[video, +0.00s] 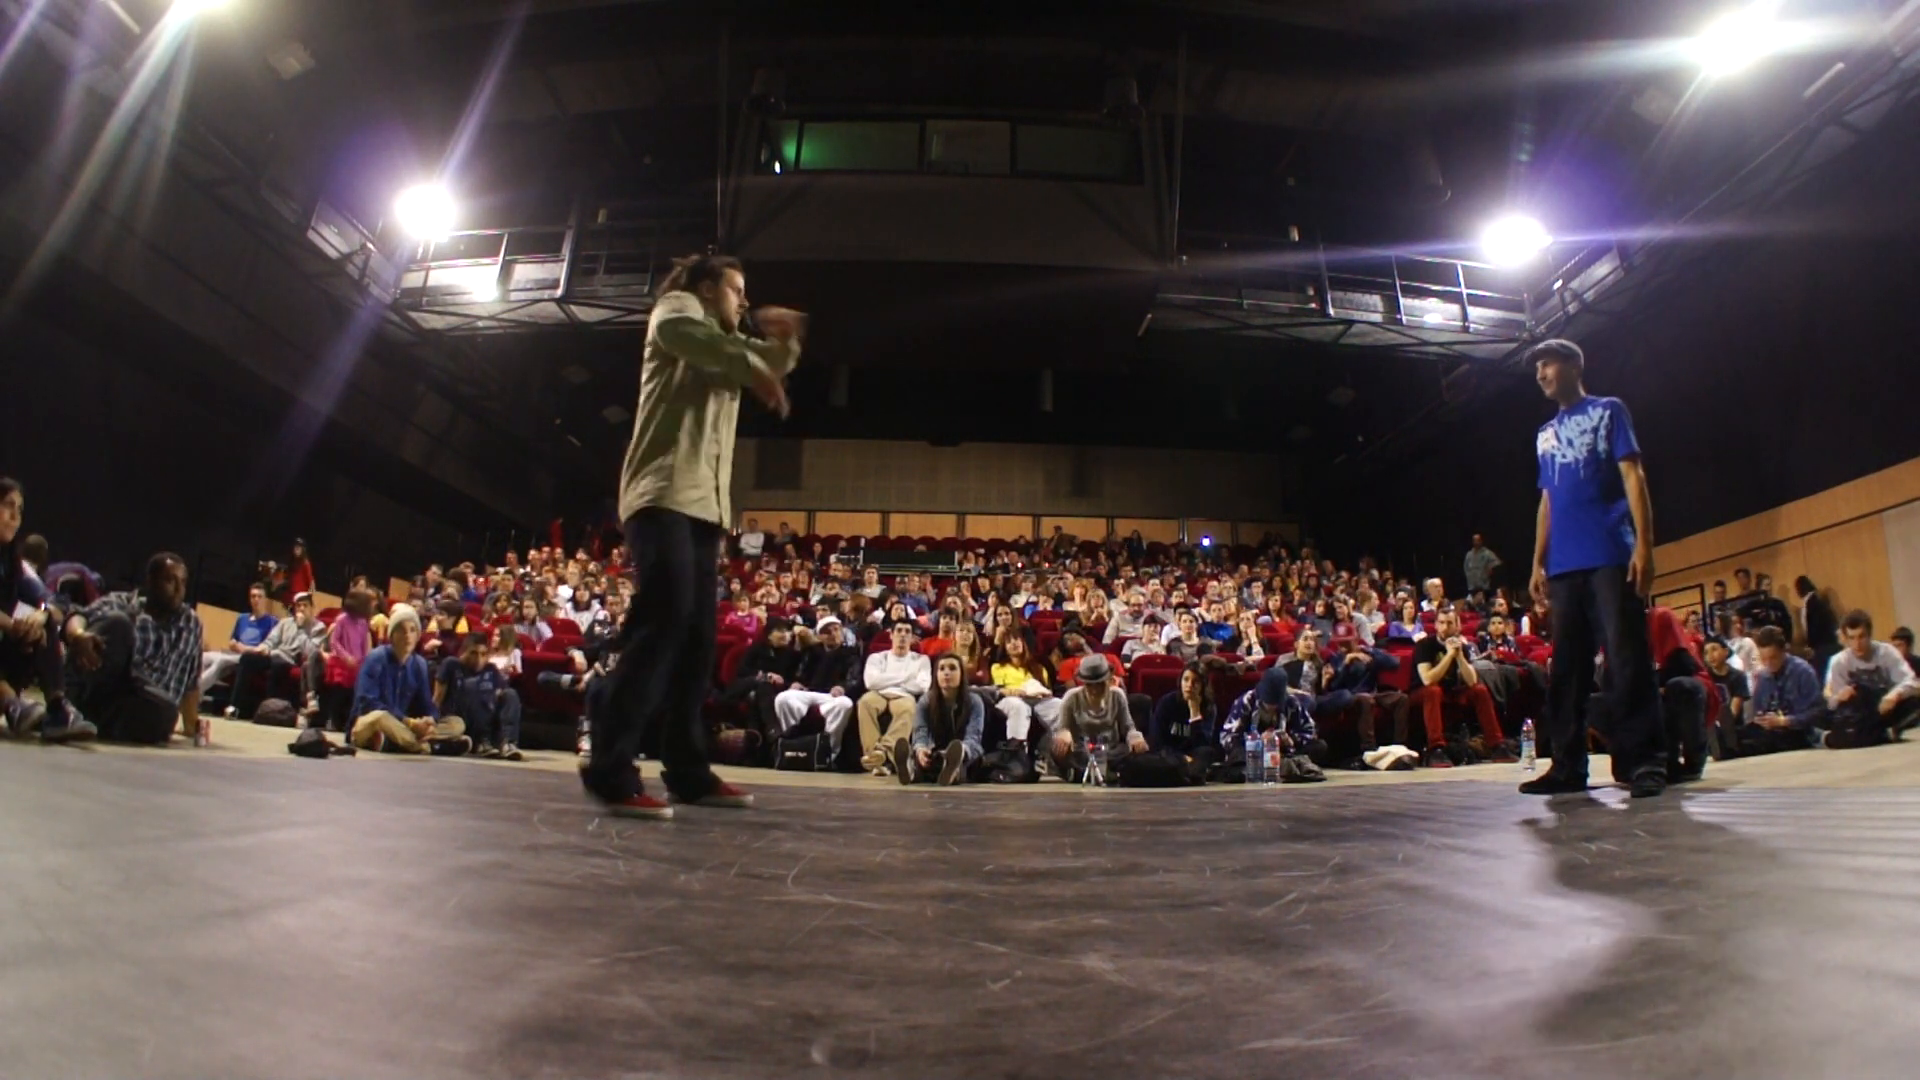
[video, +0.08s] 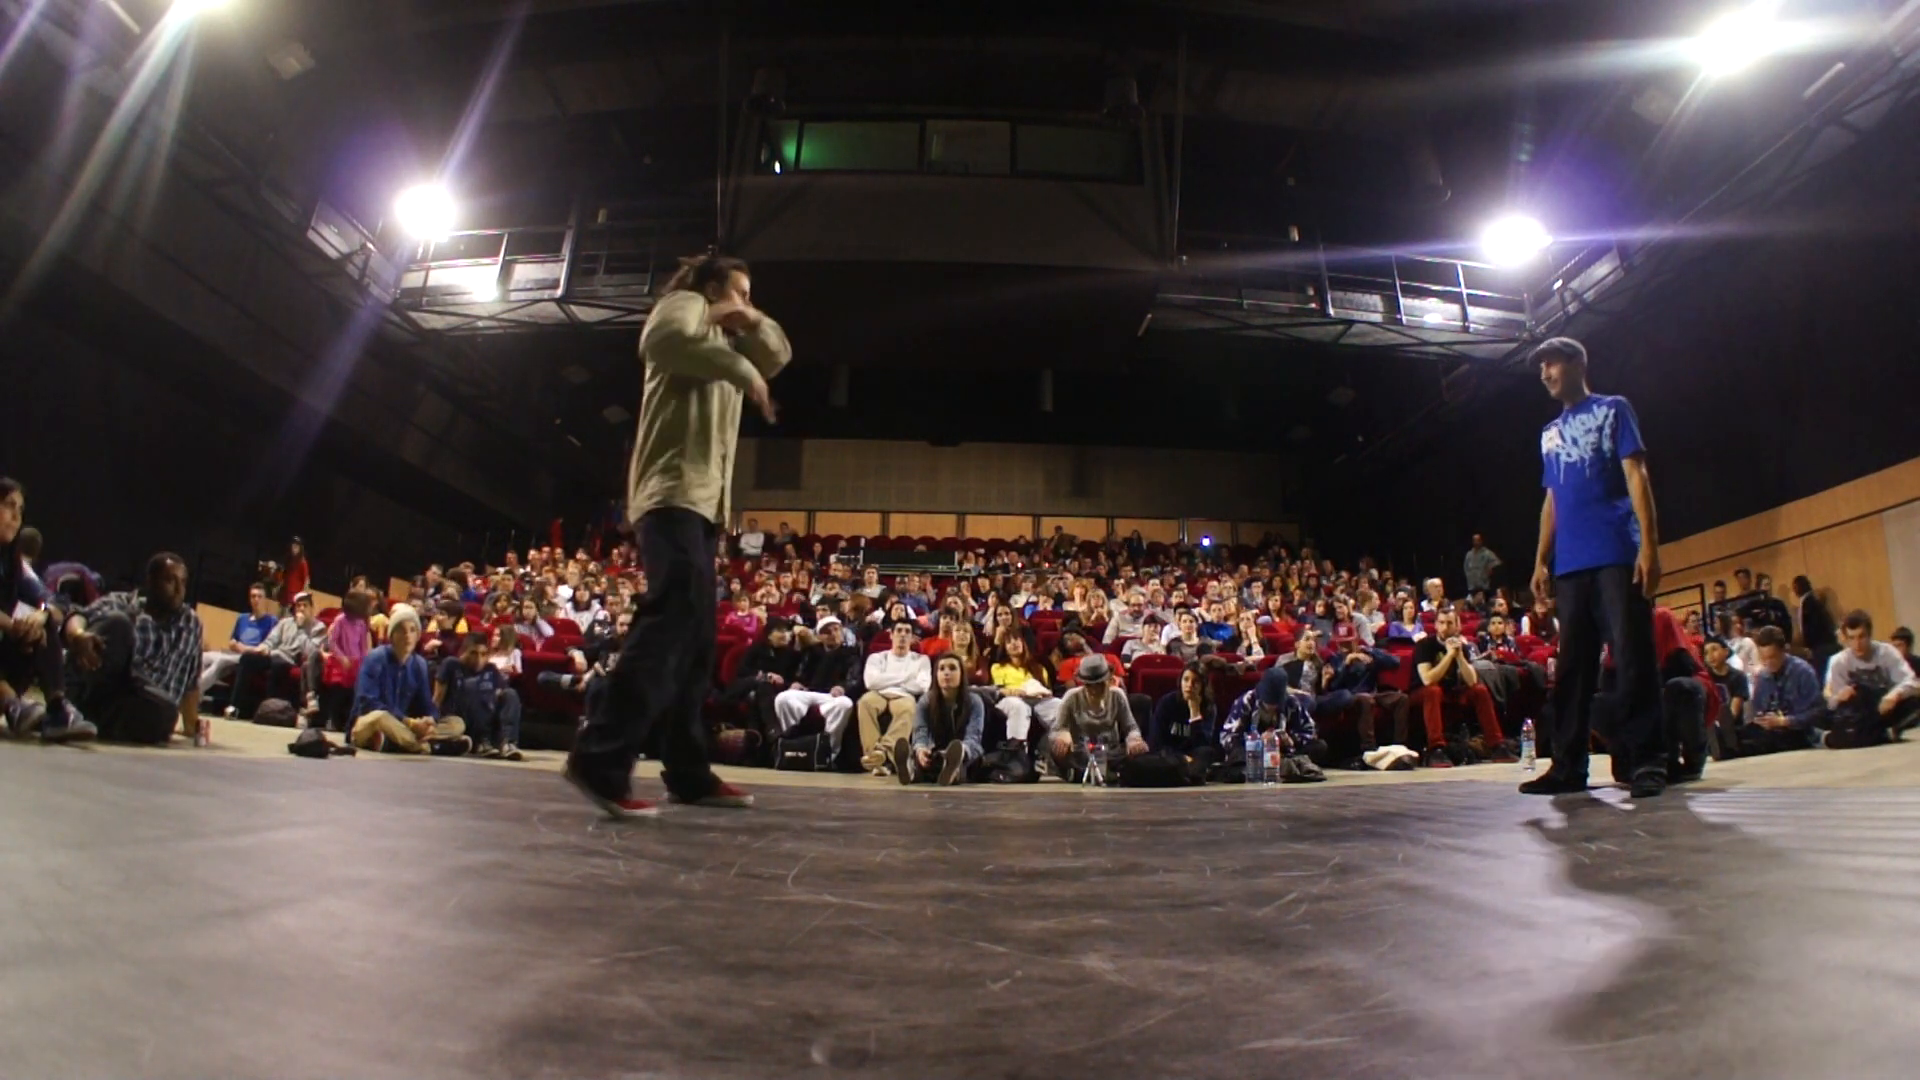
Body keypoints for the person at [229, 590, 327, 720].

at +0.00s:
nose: (301, 609)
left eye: (305, 606)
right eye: (298, 606)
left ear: (312, 609)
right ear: (294, 608)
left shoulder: (319, 628)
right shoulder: (285, 623)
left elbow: (311, 652)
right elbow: (271, 640)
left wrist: (301, 628)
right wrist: (264, 648)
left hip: (292, 660)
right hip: (273, 656)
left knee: (276, 665)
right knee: (247, 657)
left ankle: (270, 709)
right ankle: (235, 706)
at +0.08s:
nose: (301, 609)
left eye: (305, 606)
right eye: (298, 606)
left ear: (312, 609)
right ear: (294, 608)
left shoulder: (319, 628)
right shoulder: (285, 623)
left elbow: (310, 652)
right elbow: (271, 640)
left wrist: (301, 628)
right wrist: (264, 648)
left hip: (292, 660)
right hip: (273, 656)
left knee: (277, 665)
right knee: (247, 657)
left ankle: (271, 709)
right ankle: (235, 706)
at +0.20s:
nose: (301, 609)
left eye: (305, 606)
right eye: (298, 606)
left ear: (312, 609)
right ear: (294, 608)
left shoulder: (319, 628)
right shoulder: (286, 623)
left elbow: (310, 652)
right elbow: (271, 640)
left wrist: (301, 628)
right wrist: (264, 648)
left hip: (292, 660)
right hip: (273, 656)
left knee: (277, 665)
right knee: (248, 657)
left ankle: (271, 709)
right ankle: (235, 706)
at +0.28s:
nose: (301, 609)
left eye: (305, 606)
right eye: (298, 606)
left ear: (312, 609)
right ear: (294, 609)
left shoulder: (319, 628)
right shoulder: (285, 623)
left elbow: (311, 652)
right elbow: (271, 640)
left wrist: (301, 628)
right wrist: (264, 648)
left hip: (292, 660)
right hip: (273, 655)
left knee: (276, 665)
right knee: (248, 657)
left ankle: (270, 709)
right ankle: (235, 706)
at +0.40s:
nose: (302, 609)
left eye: (305, 606)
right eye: (299, 606)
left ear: (312, 609)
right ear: (294, 609)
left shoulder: (319, 628)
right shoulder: (286, 623)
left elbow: (310, 652)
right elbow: (271, 640)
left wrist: (301, 628)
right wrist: (264, 648)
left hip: (291, 660)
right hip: (273, 655)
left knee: (276, 665)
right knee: (248, 657)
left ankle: (270, 709)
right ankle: (234, 706)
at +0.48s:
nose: (302, 609)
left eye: (305, 606)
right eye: (298, 606)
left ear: (312, 609)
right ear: (294, 609)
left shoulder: (319, 628)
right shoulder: (286, 623)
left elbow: (310, 652)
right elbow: (271, 640)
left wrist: (301, 628)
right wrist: (264, 648)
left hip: (292, 660)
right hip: (273, 656)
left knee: (277, 665)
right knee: (248, 657)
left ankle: (270, 709)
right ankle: (234, 706)